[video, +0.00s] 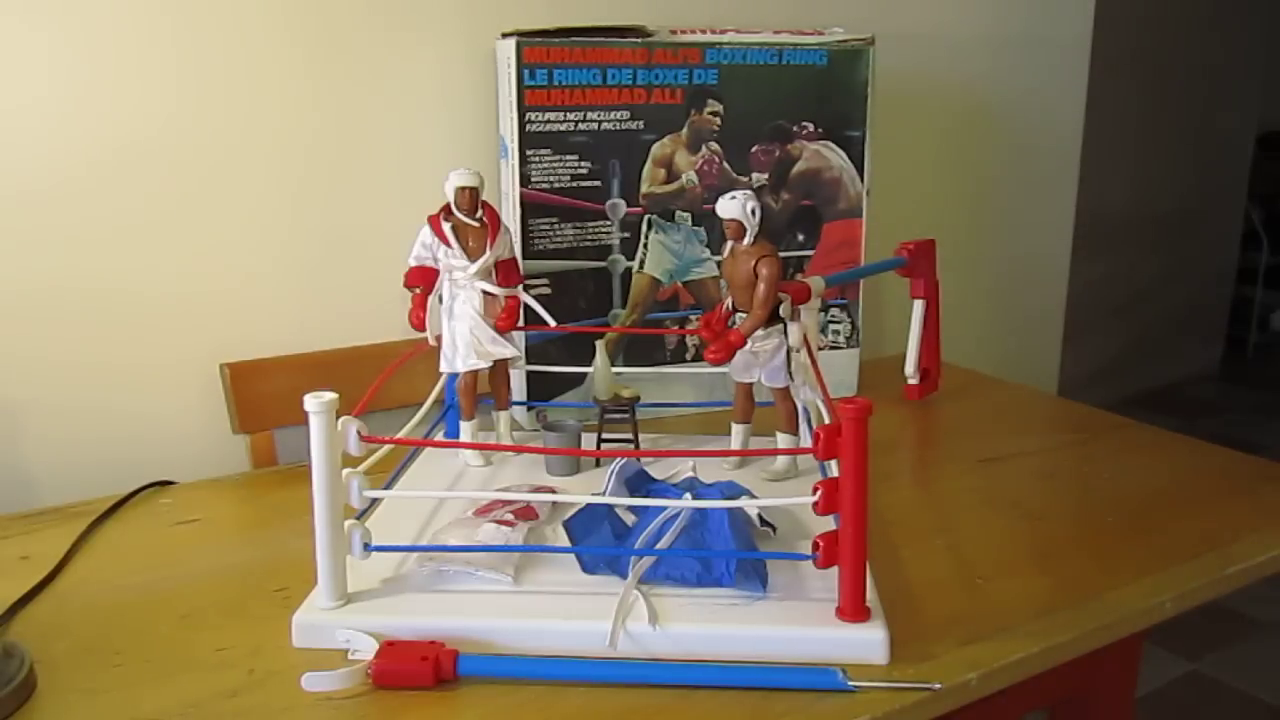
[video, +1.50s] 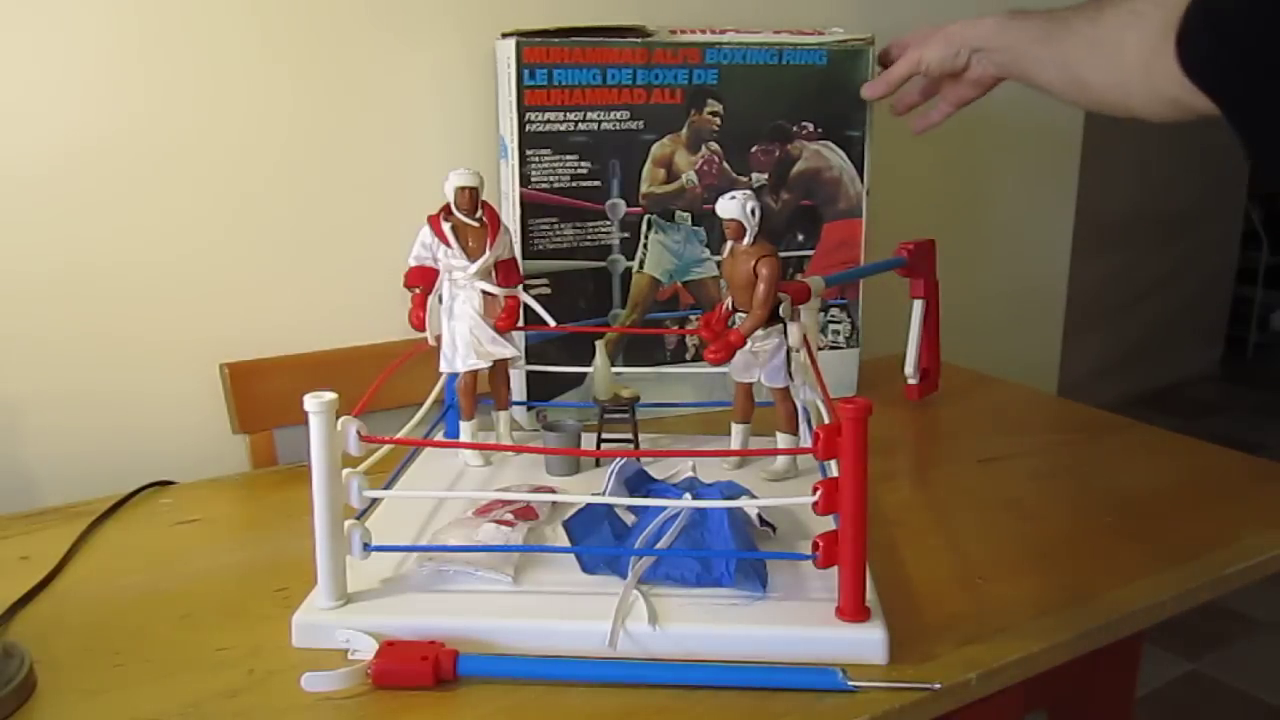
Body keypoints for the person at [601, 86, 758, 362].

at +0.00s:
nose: (719, 122)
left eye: (720, 116)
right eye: (713, 114)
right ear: (694, 114)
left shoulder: (712, 150)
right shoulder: (665, 148)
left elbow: (730, 182)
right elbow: (646, 196)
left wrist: (753, 182)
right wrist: (683, 183)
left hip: (694, 238)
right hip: (660, 235)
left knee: (720, 310)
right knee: (635, 314)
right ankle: (596, 370)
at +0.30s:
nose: (719, 122)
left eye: (720, 116)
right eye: (713, 114)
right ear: (693, 115)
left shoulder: (712, 150)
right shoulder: (665, 148)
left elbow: (730, 182)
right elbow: (646, 196)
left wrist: (755, 181)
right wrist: (683, 183)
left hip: (694, 237)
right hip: (660, 234)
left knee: (719, 309)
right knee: (635, 313)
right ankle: (596, 372)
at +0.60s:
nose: (719, 122)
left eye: (721, 116)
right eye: (713, 115)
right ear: (693, 115)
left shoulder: (712, 150)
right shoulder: (665, 148)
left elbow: (731, 182)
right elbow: (646, 196)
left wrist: (754, 182)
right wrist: (683, 183)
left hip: (693, 237)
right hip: (660, 234)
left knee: (719, 309)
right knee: (635, 313)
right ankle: (596, 369)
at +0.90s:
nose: (718, 122)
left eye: (720, 116)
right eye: (713, 115)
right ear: (693, 115)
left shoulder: (712, 150)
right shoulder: (665, 148)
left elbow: (732, 182)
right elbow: (646, 196)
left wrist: (756, 181)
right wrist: (682, 183)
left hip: (693, 236)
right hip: (660, 234)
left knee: (719, 309)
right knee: (635, 313)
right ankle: (596, 370)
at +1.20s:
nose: (718, 122)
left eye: (720, 116)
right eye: (713, 115)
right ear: (693, 114)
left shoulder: (712, 150)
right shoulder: (664, 148)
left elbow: (730, 182)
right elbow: (647, 197)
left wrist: (754, 181)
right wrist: (682, 182)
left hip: (693, 237)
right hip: (660, 235)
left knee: (717, 309)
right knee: (635, 313)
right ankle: (596, 373)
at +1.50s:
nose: (718, 122)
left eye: (720, 116)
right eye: (713, 115)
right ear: (693, 114)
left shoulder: (711, 150)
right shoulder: (664, 148)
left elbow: (731, 182)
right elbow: (646, 197)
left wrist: (757, 180)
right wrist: (684, 182)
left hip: (693, 236)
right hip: (660, 234)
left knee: (718, 308)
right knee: (635, 313)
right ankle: (596, 370)